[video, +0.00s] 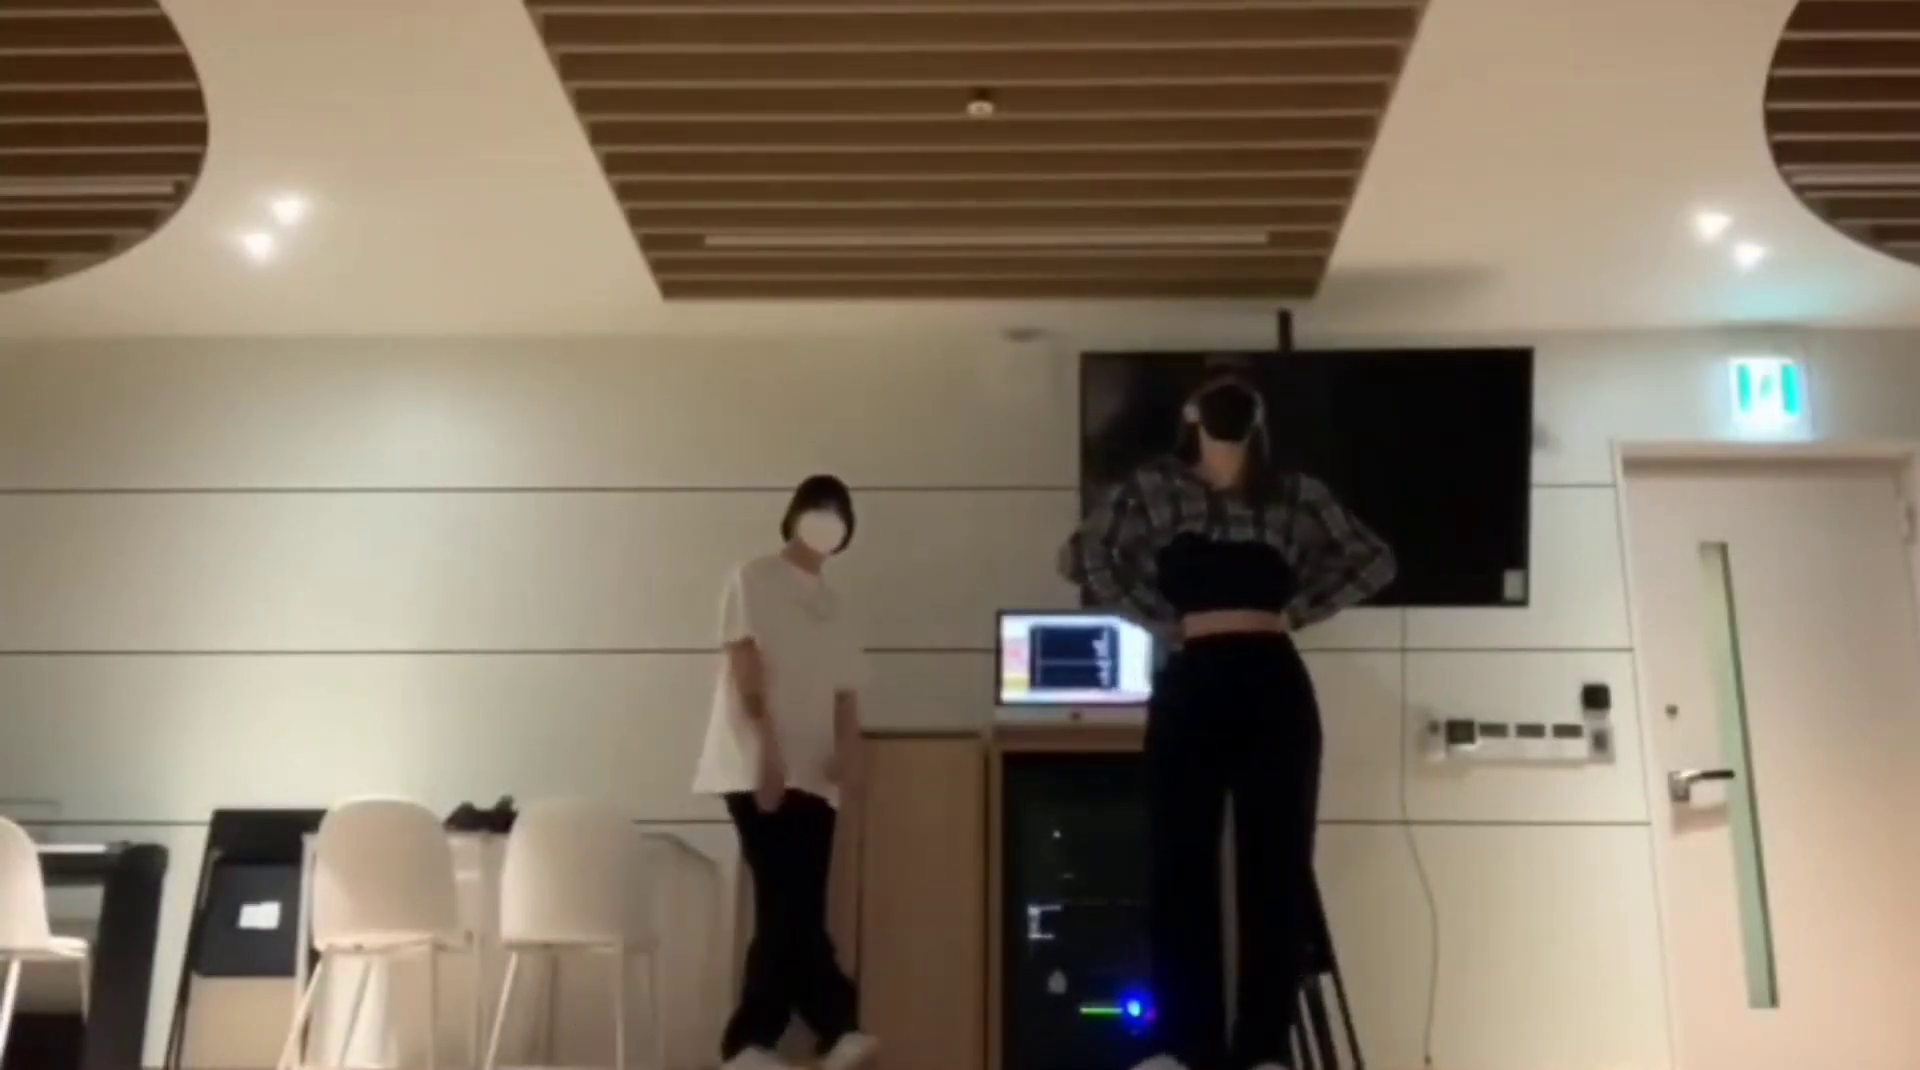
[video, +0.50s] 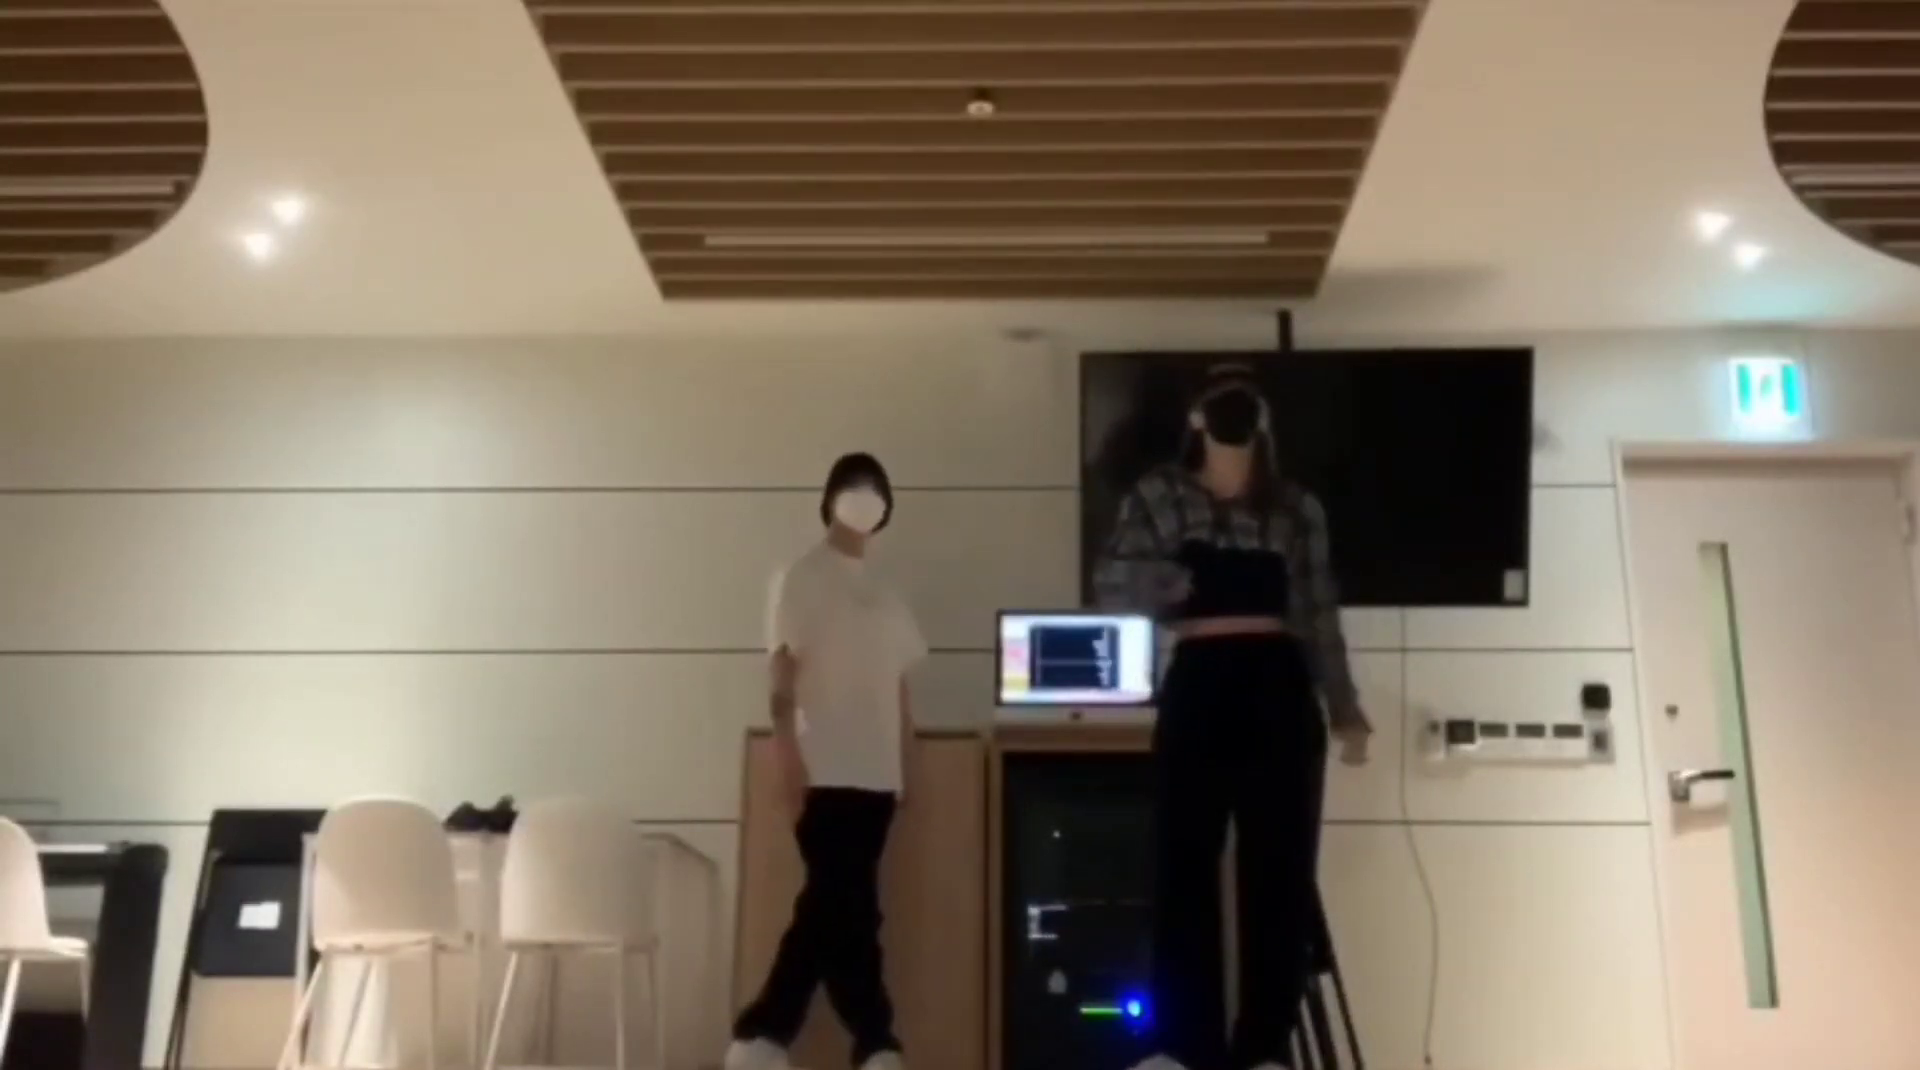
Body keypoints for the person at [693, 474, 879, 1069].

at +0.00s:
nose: (827, 526)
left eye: (839, 518)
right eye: (818, 512)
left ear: (847, 531)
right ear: (795, 516)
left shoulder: (832, 603)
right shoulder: (753, 578)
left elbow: (845, 690)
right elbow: (744, 670)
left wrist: (848, 756)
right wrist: (767, 754)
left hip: (815, 774)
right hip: (757, 769)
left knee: (793, 913)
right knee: (791, 908)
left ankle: (749, 1042)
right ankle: (836, 1028)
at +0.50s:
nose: (863, 504)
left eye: (874, 494)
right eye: (851, 491)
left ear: (887, 507)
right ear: (829, 500)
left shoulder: (887, 589)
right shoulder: (800, 578)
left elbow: (901, 683)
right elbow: (783, 671)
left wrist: (908, 767)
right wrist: (789, 758)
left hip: (880, 769)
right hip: (821, 766)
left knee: (823, 912)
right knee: (851, 912)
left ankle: (763, 1036)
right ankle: (876, 1043)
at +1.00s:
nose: (876, 493)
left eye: (888, 483)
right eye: (865, 480)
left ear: (901, 496)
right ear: (842, 489)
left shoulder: (906, 581)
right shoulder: (813, 564)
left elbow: (930, 674)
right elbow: (818, 648)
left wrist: (942, 744)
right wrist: (878, 712)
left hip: (918, 774)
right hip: (850, 773)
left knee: (953, 910)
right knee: (857, 919)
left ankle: (969, 1036)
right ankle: (876, 1045)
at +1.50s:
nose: (867, 491)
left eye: (879, 480)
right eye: (854, 478)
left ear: (896, 490)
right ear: (835, 487)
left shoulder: (922, 567)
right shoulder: (810, 566)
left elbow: (944, 657)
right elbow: (778, 658)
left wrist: (923, 727)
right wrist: (770, 740)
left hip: (897, 752)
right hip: (821, 752)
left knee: (886, 886)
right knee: (834, 886)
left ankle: (871, 1018)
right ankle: (867, 1027)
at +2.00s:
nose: (802, 481)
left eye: (816, 470)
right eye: (792, 468)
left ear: (836, 482)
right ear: (775, 475)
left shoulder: (854, 561)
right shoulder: (750, 558)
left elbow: (866, 656)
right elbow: (742, 656)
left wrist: (789, 723)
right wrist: (733, 732)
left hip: (822, 757)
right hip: (761, 753)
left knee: (784, 906)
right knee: (816, 902)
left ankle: (768, 1043)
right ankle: (886, 1029)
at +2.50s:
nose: (706, 477)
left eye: (720, 465)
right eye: (696, 465)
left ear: (743, 475)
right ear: (682, 474)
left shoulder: (774, 554)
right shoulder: (664, 557)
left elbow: (805, 639)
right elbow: (648, 642)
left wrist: (751, 710)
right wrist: (640, 706)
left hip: (736, 767)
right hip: (661, 767)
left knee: (755, 915)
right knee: (622, 907)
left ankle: (759, 1049)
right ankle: (604, 1046)